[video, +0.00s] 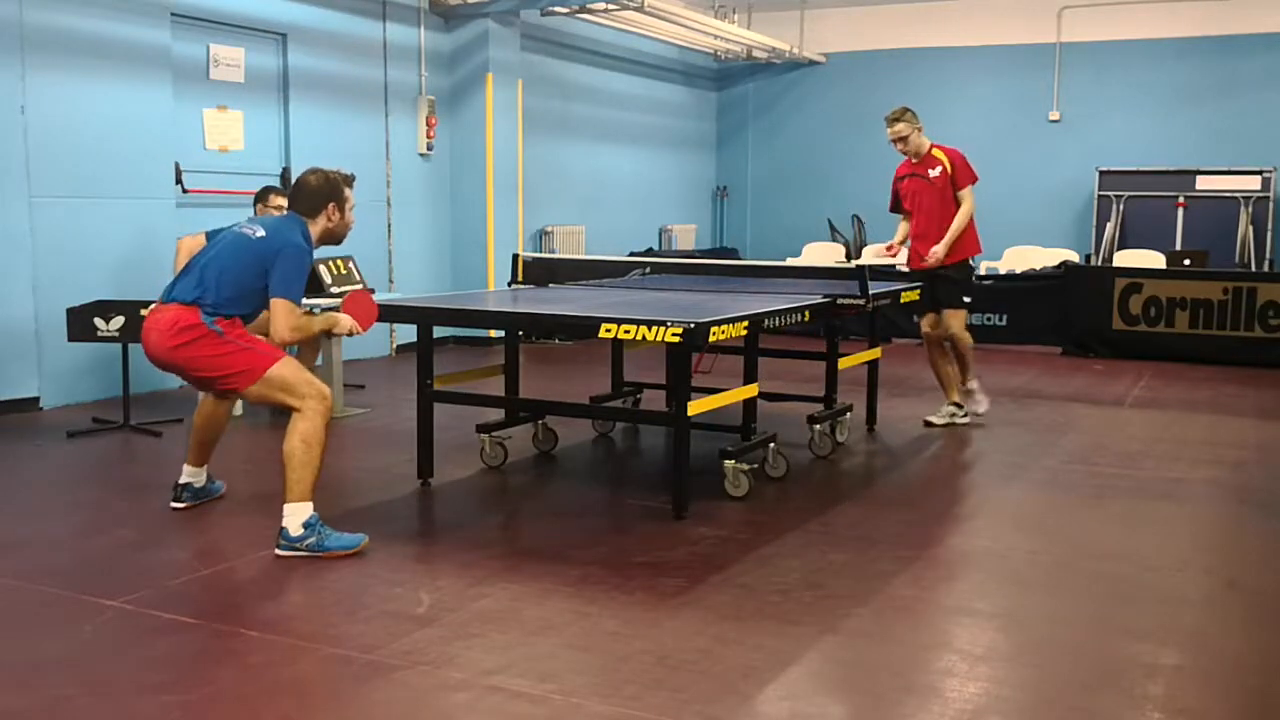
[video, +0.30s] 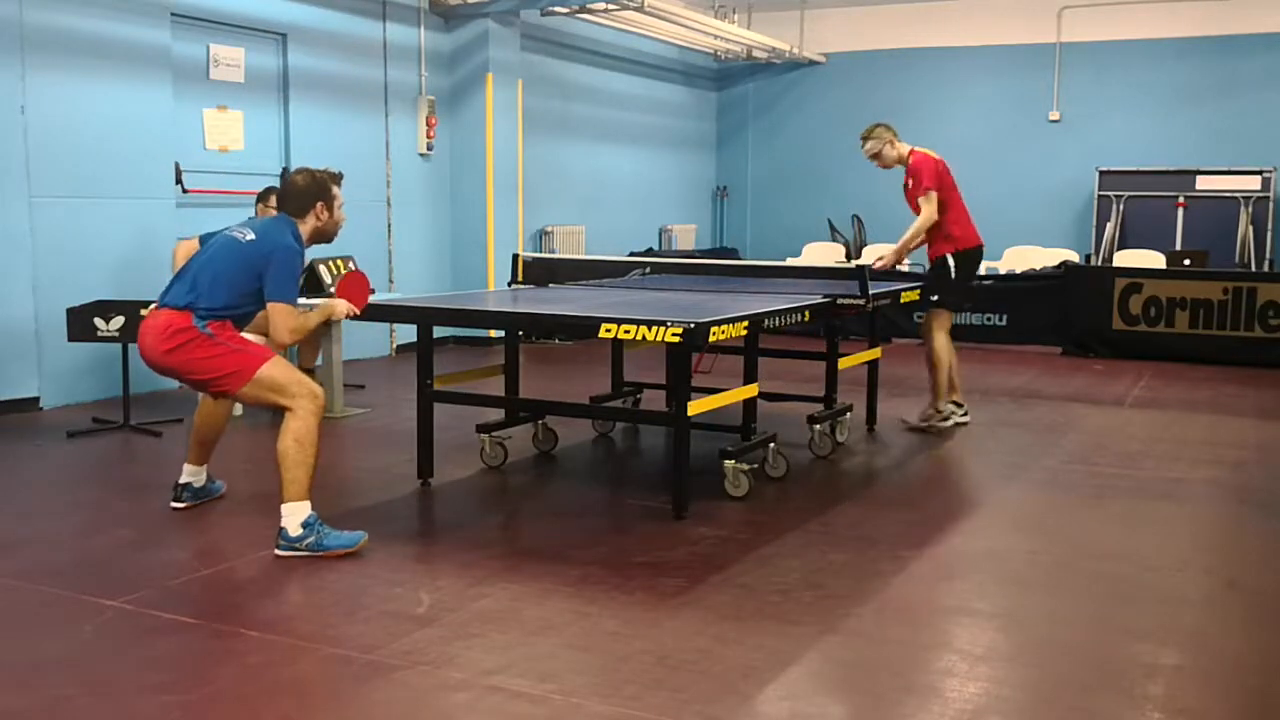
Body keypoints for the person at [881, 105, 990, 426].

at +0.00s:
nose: (898, 147)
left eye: (902, 139)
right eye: (893, 142)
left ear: (918, 131)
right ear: (891, 141)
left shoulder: (950, 158)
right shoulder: (902, 173)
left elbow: (968, 205)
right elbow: (906, 217)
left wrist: (944, 244)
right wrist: (898, 241)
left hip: (954, 260)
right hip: (922, 264)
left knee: (953, 328)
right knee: (930, 332)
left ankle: (969, 381)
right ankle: (954, 403)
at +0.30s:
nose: (876, 164)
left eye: (875, 156)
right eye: (872, 160)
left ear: (891, 143)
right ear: (887, 148)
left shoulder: (922, 161)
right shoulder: (912, 172)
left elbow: (931, 214)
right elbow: (929, 223)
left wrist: (897, 253)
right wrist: (900, 252)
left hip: (957, 250)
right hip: (948, 252)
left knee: (935, 326)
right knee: (938, 327)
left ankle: (940, 407)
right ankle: (954, 402)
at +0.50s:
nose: (860, 186)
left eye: (858, 178)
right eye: (856, 181)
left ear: (871, 164)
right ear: (874, 162)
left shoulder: (895, 176)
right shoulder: (914, 170)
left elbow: (899, 232)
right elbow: (936, 230)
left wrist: (872, 257)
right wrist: (902, 251)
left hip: (952, 255)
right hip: (973, 250)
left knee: (931, 334)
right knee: (953, 332)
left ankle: (925, 411)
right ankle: (959, 405)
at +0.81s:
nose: (855, 216)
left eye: (850, 209)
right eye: (850, 212)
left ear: (860, 194)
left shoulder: (883, 199)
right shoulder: (909, 188)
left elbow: (877, 256)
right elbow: (917, 252)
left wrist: (856, 260)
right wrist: (879, 260)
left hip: (952, 262)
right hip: (983, 251)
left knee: (926, 338)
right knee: (981, 333)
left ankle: (924, 413)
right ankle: (1006, 410)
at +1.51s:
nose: (873, 219)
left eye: (870, 212)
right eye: (868, 214)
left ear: (882, 197)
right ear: (889, 191)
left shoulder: (896, 210)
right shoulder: (931, 188)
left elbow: (882, 269)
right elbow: (925, 249)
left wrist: (844, 271)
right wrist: (892, 254)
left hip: (955, 276)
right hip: (994, 266)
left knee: (918, 338)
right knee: (998, 345)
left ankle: (924, 414)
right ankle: (1021, 417)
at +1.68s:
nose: (882, 203)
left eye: (880, 195)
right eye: (878, 198)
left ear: (891, 183)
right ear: (900, 178)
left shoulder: (904, 201)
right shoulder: (950, 175)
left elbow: (888, 252)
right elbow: (993, 203)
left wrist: (849, 254)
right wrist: (960, 220)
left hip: (957, 272)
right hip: (996, 263)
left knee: (918, 337)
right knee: (1000, 345)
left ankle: (924, 413)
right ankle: (1021, 417)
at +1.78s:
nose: (890, 190)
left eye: (889, 181)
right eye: (887, 184)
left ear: (904, 169)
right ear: (913, 166)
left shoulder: (912, 192)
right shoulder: (961, 167)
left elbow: (890, 240)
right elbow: (1005, 190)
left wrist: (851, 233)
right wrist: (971, 203)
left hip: (957, 269)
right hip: (997, 262)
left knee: (922, 337)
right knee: (1001, 344)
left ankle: (924, 413)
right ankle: (1021, 417)